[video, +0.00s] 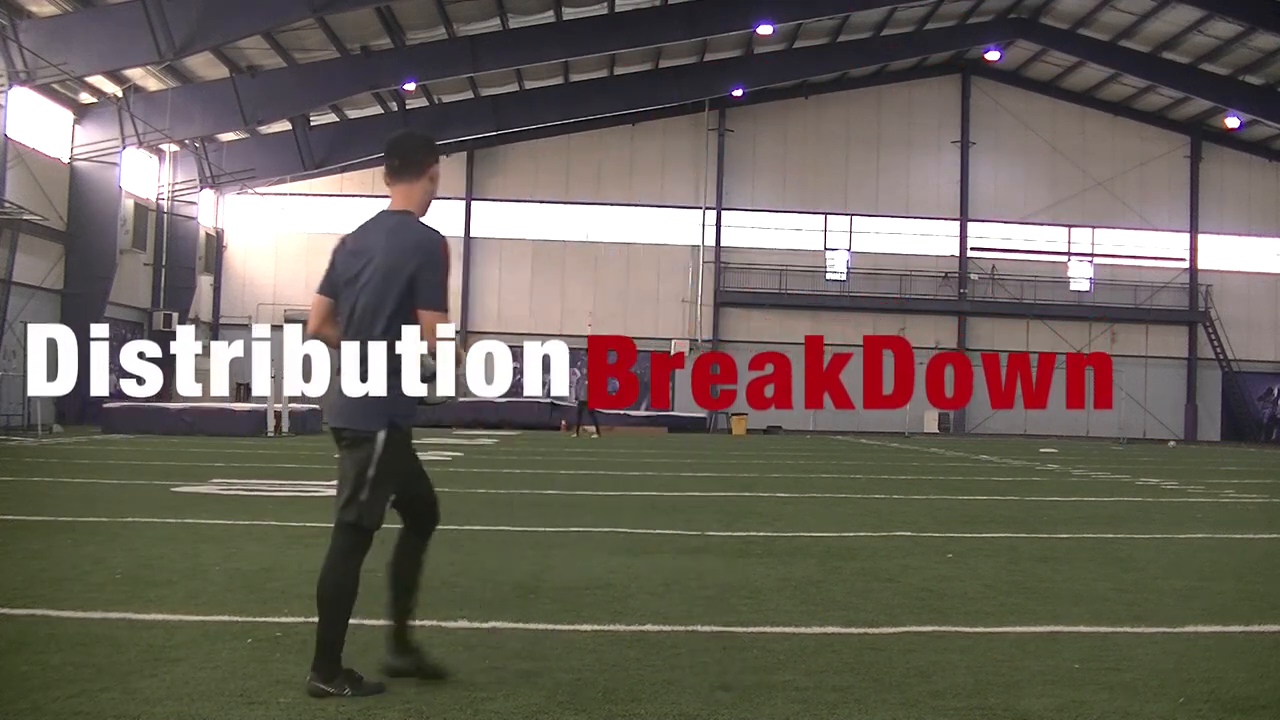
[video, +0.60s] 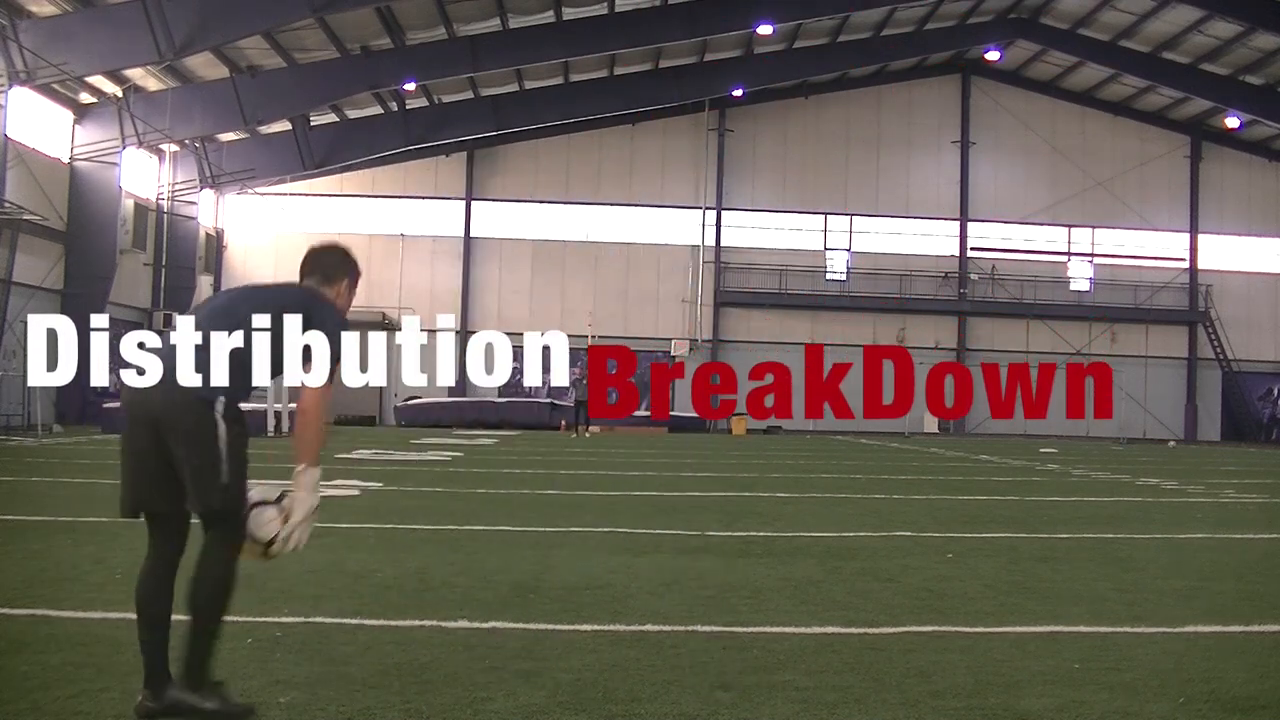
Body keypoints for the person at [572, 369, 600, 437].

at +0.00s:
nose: (584, 371)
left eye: (585, 370)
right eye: (583, 370)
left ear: (588, 371)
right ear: (582, 371)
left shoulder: (590, 380)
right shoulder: (580, 379)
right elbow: (577, 388)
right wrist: (576, 396)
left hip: (588, 400)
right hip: (581, 399)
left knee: (593, 416)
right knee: (579, 416)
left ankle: (598, 433)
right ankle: (577, 432)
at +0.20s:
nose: (580, 373)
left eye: (581, 372)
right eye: (579, 372)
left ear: (584, 373)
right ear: (577, 373)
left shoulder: (586, 380)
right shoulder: (577, 380)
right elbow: (573, 387)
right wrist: (569, 393)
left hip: (585, 399)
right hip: (578, 399)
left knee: (588, 415)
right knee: (577, 417)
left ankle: (594, 431)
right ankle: (576, 432)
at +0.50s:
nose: (581, 374)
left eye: (583, 373)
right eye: (580, 373)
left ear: (585, 373)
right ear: (579, 373)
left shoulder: (587, 381)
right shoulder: (576, 380)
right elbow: (570, 388)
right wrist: (566, 395)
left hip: (585, 400)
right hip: (578, 400)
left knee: (585, 417)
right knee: (576, 416)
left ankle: (584, 432)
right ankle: (576, 432)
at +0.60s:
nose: (581, 374)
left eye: (582, 372)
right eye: (580, 372)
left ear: (585, 373)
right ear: (579, 373)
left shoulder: (587, 380)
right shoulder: (576, 380)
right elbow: (574, 386)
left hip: (586, 399)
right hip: (578, 399)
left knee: (586, 416)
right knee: (576, 417)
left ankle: (586, 431)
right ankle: (576, 432)